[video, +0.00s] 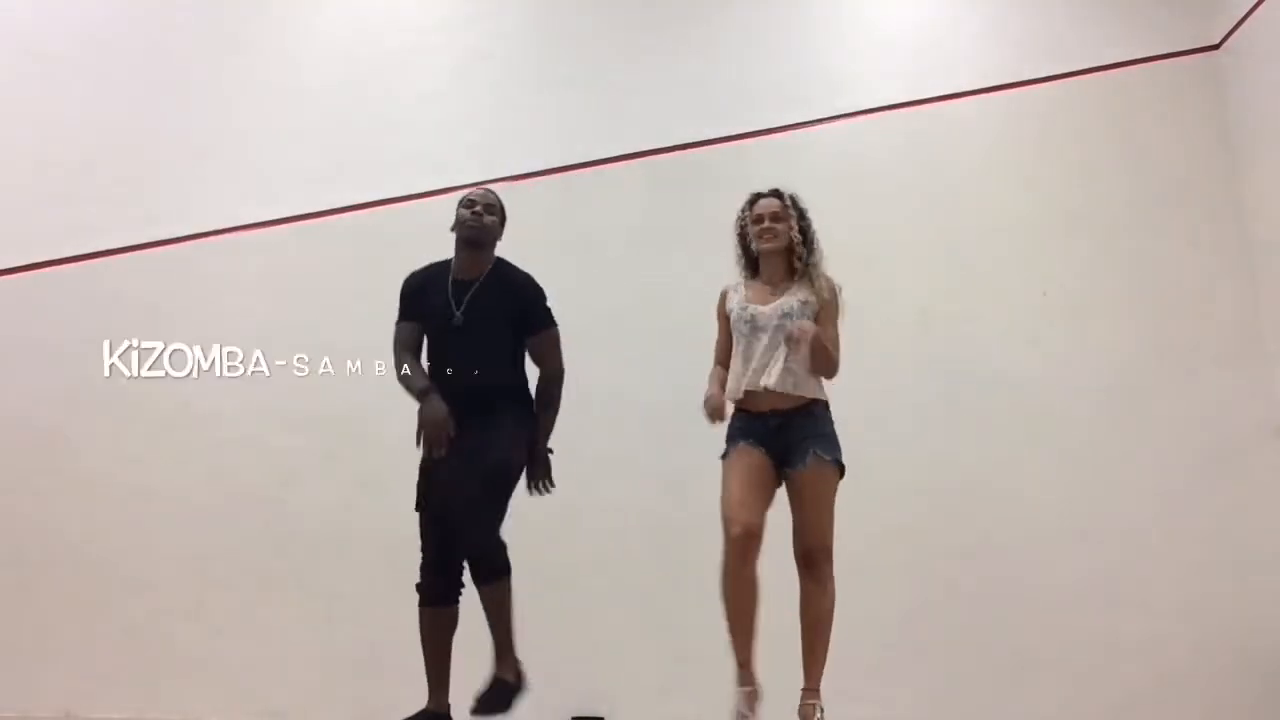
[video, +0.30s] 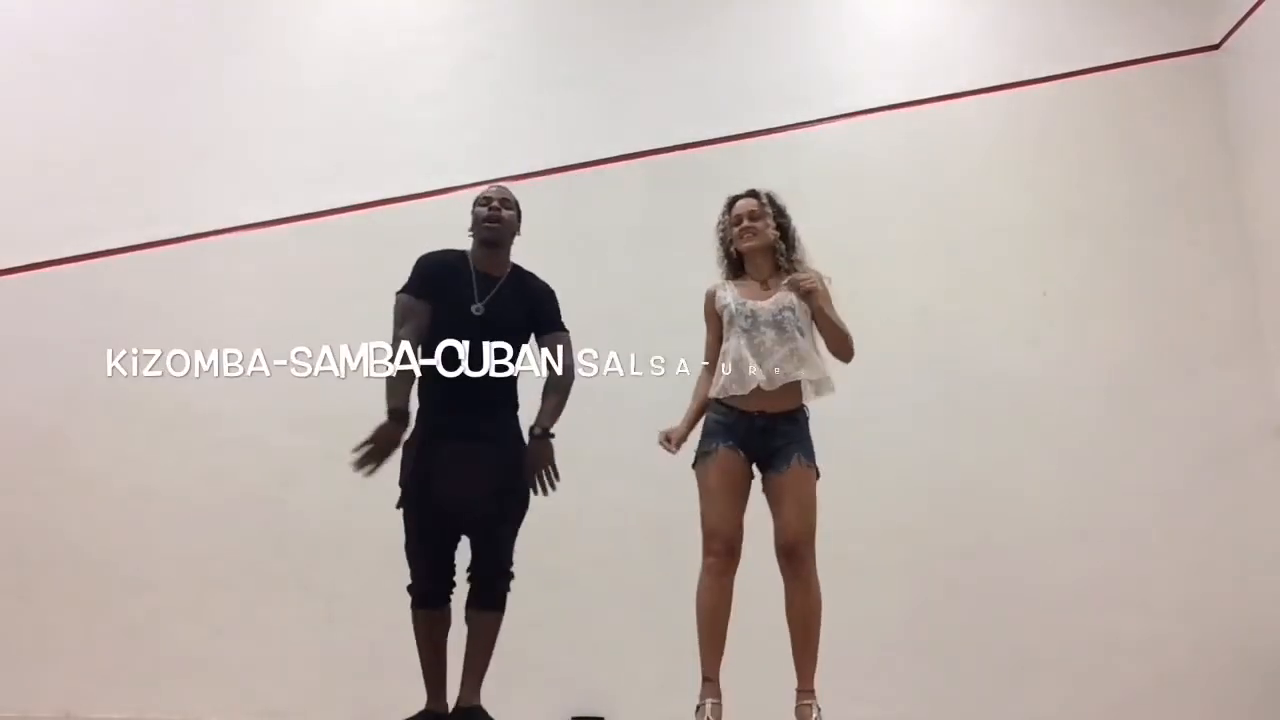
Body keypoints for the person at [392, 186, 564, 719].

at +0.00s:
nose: (478, 208)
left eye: (490, 207)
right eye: (469, 204)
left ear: (502, 230)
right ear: (452, 222)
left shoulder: (520, 288)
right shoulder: (422, 285)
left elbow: (552, 371)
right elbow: (405, 358)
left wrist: (539, 445)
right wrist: (429, 397)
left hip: (505, 428)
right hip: (446, 428)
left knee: (479, 534)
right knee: (437, 557)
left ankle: (507, 670)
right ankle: (437, 703)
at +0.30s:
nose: (494, 208)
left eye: (505, 205)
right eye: (485, 203)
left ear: (519, 227)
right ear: (470, 220)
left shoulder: (534, 293)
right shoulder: (435, 268)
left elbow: (562, 371)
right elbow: (405, 346)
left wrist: (541, 433)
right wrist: (397, 417)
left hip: (500, 455)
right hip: (433, 451)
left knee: (491, 579)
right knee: (429, 582)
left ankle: (469, 700)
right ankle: (435, 703)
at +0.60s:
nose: (499, 211)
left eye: (510, 207)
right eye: (490, 207)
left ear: (526, 230)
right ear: (477, 228)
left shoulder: (542, 303)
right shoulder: (450, 273)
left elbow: (549, 382)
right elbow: (397, 345)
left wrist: (502, 365)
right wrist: (369, 421)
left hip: (509, 449)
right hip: (448, 446)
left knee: (503, 574)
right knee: (447, 565)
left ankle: (465, 703)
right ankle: (423, 682)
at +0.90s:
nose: (486, 188)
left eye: (497, 183)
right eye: (476, 184)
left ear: (513, 203)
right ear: (462, 204)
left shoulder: (539, 268)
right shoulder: (432, 261)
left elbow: (562, 329)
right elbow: (390, 328)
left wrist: (515, 352)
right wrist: (393, 372)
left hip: (506, 427)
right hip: (446, 423)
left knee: (489, 565)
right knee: (450, 541)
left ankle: (465, 703)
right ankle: (411, 657)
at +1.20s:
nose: (461, 182)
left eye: (473, 178)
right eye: (453, 177)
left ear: (490, 200)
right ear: (439, 198)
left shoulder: (513, 255)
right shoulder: (411, 266)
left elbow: (548, 333)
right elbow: (385, 344)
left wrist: (551, 412)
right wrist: (405, 343)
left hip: (492, 439)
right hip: (423, 437)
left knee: (482, 575)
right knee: (416, 570)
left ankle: (464, 705)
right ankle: (418, 703)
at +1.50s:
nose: (461, 183)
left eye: (472, 180)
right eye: (452, 178)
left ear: (487, 200)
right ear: (436, 198)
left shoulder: (510, 259)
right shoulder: (408, 267)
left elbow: (528, 353)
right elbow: (383, 337)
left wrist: (519, 429)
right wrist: (398, 350)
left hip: (475, 431)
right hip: (413, 431)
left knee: (459, 559)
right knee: (410, 566)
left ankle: (475, 695)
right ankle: (418, 702)